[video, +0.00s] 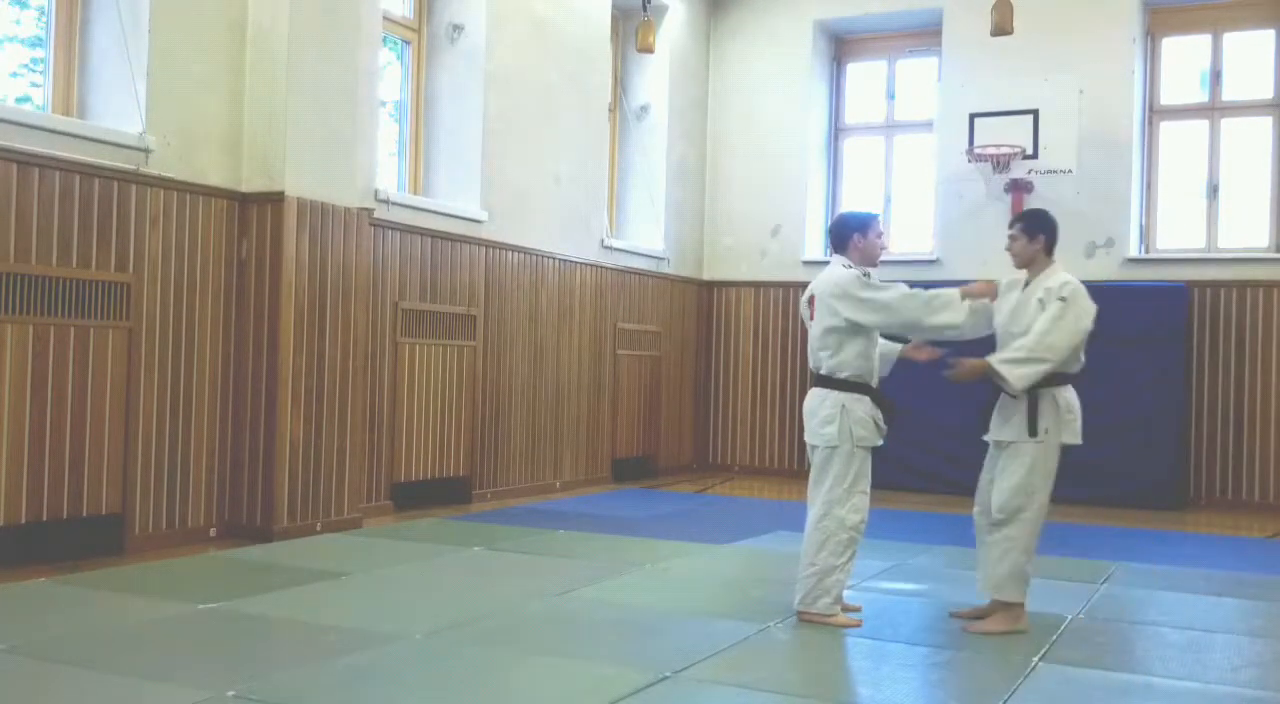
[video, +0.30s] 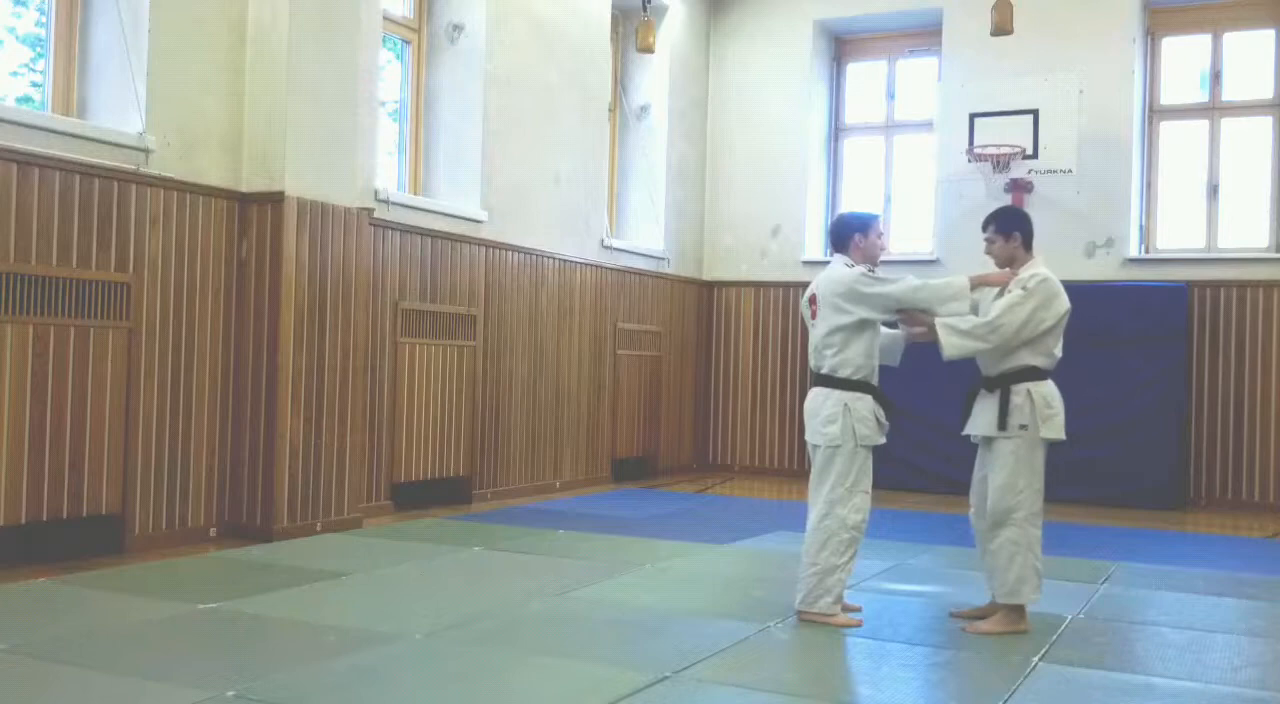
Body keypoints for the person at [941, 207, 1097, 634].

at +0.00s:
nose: (1008, 246)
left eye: (1015, 239)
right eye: (1009, 239)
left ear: (1040, 242)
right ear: (1026, 243)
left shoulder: (1069, 292)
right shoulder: (1012, 289)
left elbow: (1046, 347)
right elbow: (969, 317)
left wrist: (988, 366)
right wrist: (918, 306)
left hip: (1042, 412)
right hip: (1011, 408)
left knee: (1014, 507)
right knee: (989, 505)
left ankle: (1012, 609)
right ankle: (999, 600)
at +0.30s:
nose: (988, 250)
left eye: (992, 242)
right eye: (986, 243)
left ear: (1017, 240)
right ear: (1012, 242)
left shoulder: (1040, 283)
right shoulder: (1014, 285)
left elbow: (997, 330)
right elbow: (986, 325)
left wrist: (935, 329)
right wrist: (934, 325)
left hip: (1023, 405)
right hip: (998, 404)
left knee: (1010, 507)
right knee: (986, 506)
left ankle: (1014, 611)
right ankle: (999, 600)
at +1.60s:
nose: (947, 254)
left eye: (951, 244)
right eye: (946, 246)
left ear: (976, 240)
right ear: (972, 243)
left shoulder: (1005, 285)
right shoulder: (970, 287)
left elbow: (968, 335)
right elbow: (949, 328)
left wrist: (903, 334)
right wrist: (896, 328)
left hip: (990, 406)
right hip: (957, 406)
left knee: (991, 510)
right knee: (933, 495)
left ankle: (1012, 611)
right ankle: (969, 588)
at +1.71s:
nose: (935, 252)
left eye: (940, 243)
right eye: (934, 244)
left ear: (965, 241)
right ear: (960, 243)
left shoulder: (993, 286)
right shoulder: (957, 287)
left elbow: (955, 336)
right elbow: (937, 328)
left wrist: (891, 334)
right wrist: (882, 329)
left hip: (980, 407)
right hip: (946, 407)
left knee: (983, 512)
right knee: (918, 495)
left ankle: (1010, 611)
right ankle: (930, 592)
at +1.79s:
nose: (923, 256)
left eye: (927, 247)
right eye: (922, 248)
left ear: (950, 242)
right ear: (945, 244)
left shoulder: (979, 288)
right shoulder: (945, 288)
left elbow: (940, 338)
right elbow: (926, 330)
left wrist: (878, 335)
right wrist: (873, 329)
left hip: (967, 408)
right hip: (933, 408)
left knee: (976, 513)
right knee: (906, 498)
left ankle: (1010, 612)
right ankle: (889, 594)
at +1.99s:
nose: (884, 256)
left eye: (888, 247)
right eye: (883, 248)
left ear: (911, 245)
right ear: (908, 246)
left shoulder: (940, 287)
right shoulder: (904, 289)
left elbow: (901, 338)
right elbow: (877, 328)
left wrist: (839, 340)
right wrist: (826, 334)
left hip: (930, 407)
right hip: (896, 407)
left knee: (948, 511)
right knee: (877, 503)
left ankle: (1003, 601)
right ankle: (853, 600)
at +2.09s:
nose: (865, 253)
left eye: (870, 245)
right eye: (864, 246)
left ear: (892, 242)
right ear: (886, 244)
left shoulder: (919, 286)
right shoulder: (882, 288)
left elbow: (876, 335)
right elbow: (857, 328)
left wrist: (812, 338)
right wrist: (809, 331)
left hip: (908, 404)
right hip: (874, 404)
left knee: (910, 508)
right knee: (858, 499)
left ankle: (981, 584)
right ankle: (853, 595)